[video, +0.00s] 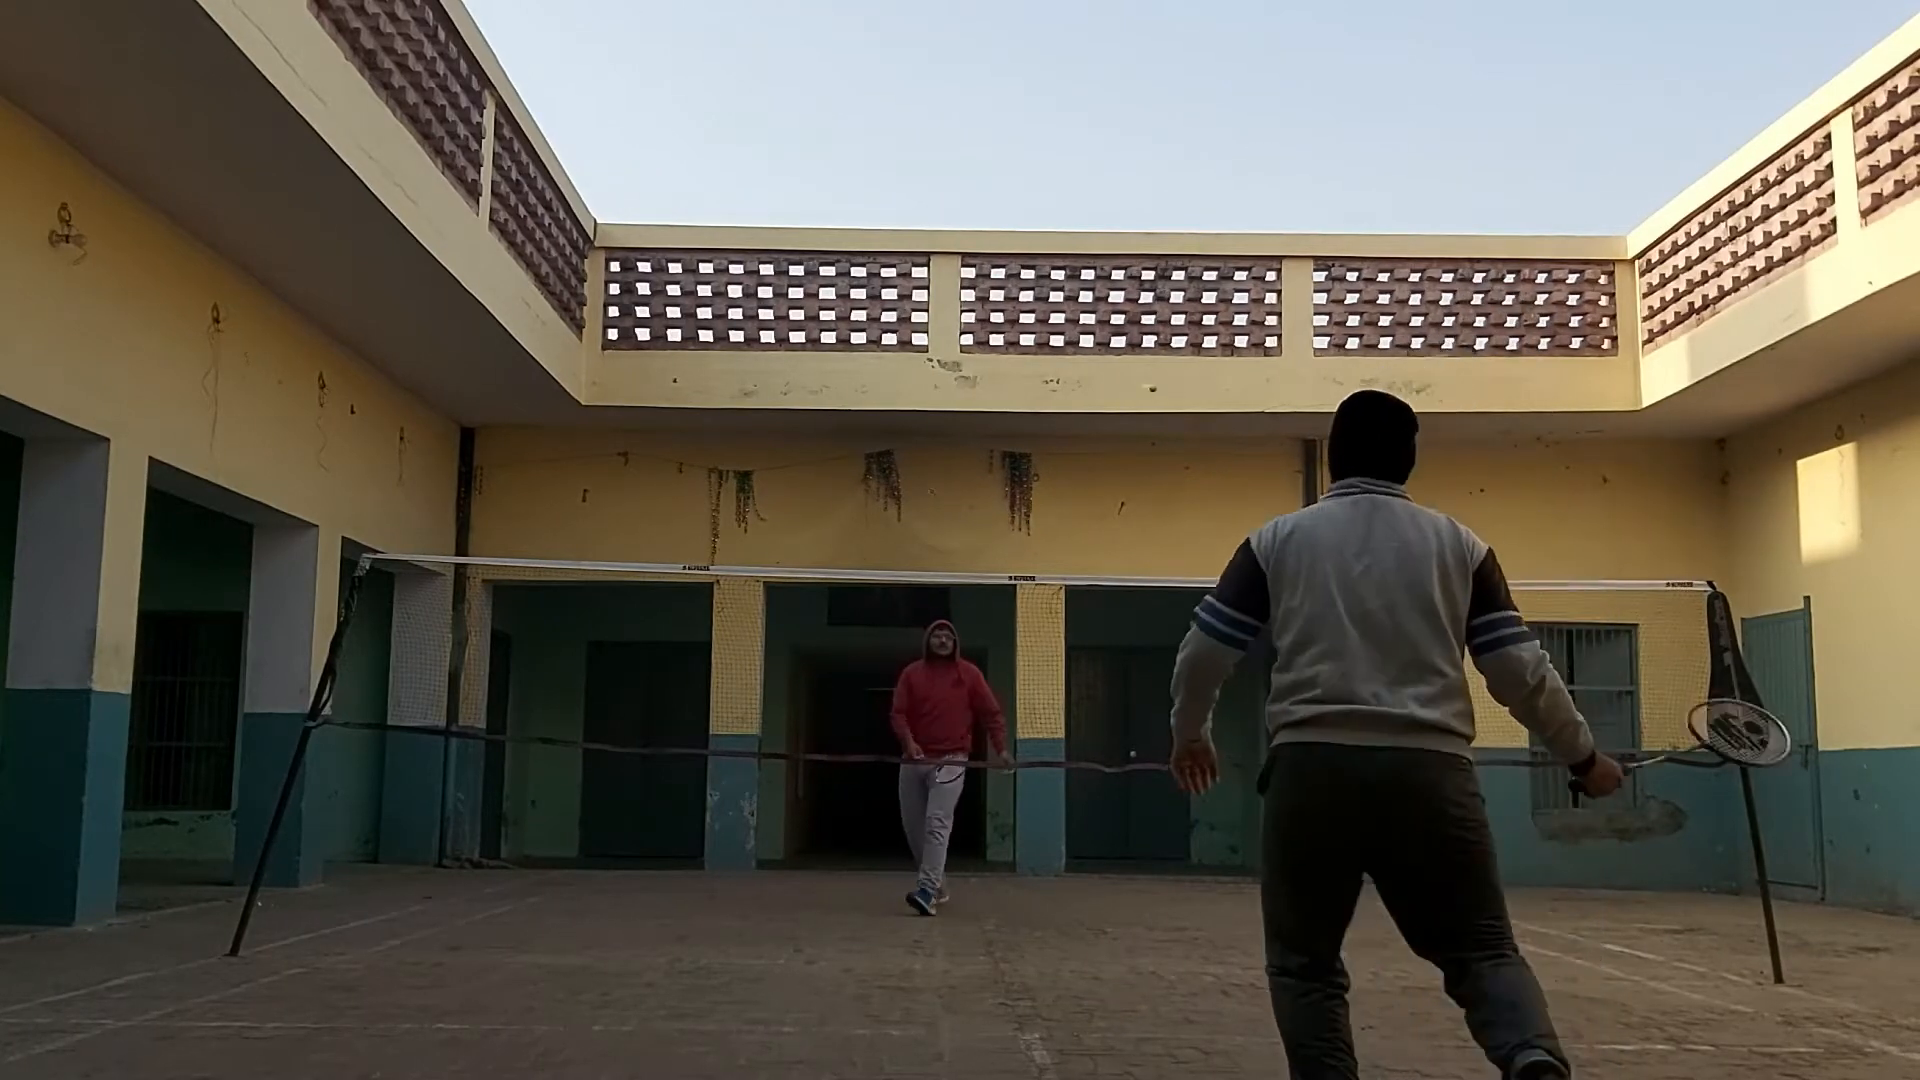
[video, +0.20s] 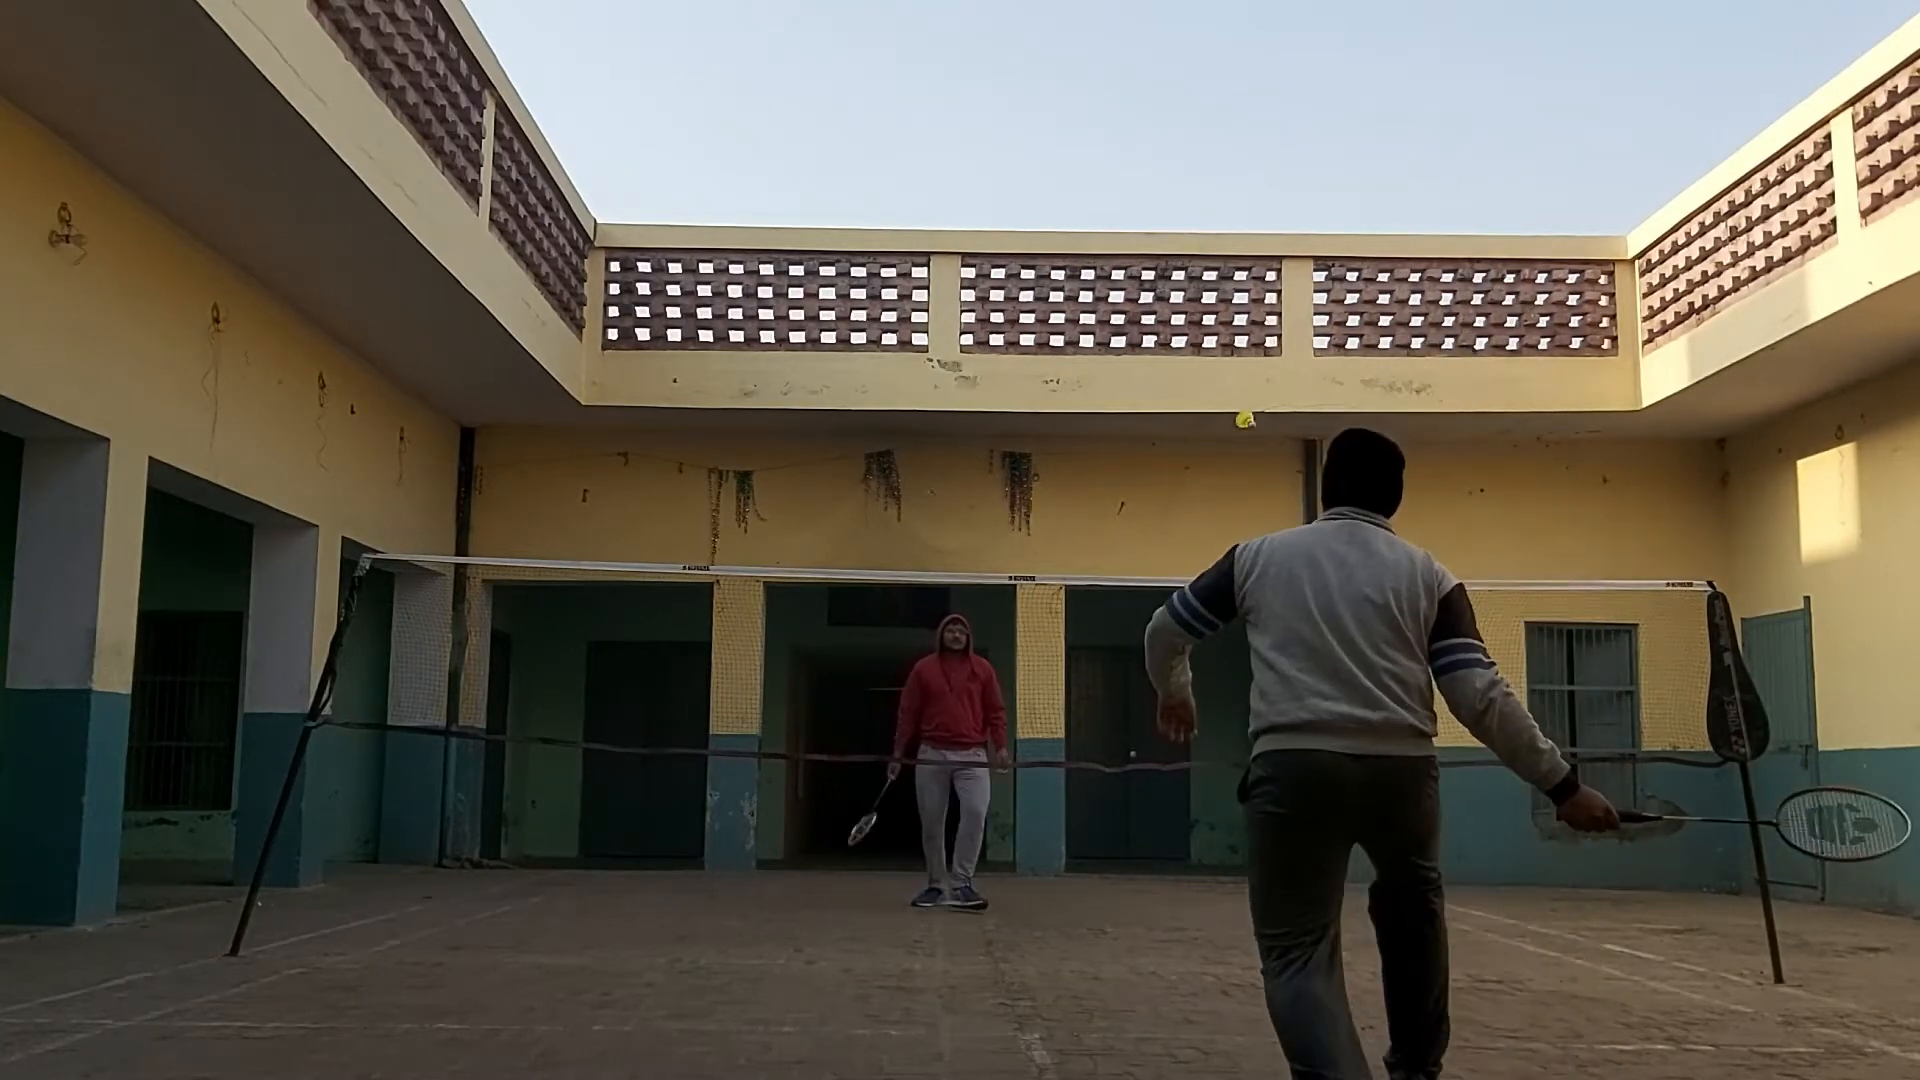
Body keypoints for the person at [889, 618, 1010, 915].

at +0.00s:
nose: (942, 640)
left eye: (947, 636)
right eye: (937, 636)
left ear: (954, 642)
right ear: (928, 641)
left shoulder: (968, 673)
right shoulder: (912, 673)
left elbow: (992, 712)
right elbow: (898, 714)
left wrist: (1000, 749)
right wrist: (908, 741)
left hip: (951, 760)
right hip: (915, 760)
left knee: (937, 823)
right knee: (913, 825)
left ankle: (927, 891)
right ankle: (936, 884)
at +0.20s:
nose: (956, 635)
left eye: (961, 632)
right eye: (951, 631)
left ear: (968, 638)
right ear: (941, 636)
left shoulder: (982, 668)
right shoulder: (924, 669)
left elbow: (996, 711)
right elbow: (907, 715)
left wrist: (1001, 747)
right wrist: (897, 756)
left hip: (972, 755)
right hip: (932, 755)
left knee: (977, 813)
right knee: (932, 821)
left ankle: (962, 885)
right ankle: (936, 886)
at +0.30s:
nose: (965, 632)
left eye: (970, 629)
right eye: (959, 628)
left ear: (977, 635)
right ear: (950, 633)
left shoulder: (991, 666)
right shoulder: (932, 666)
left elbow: (1004, 708)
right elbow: (914, 710)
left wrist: (1010, 742)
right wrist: (901, 746)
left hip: (983, 753)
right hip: (942, 754)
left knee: (996, 816)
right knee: (937, 823)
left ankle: (991, 882)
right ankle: (936, 886)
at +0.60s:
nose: (997, 638)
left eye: (1001, 634)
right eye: (992, 634)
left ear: (1008, 640)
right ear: (983, 638)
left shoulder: (1022, 670)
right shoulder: (969, 669)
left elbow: (1043, 711)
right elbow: (952, 710)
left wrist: (1041, 745)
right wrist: (938, 745)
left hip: (1012, 757)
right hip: (972, 756)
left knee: (1022, 824)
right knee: (957, 819)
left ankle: (1035, 883)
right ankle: (944, 881)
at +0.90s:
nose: (993, 637)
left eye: (998, 635)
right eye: (988, 635)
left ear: (1006, 643)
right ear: (980, 643)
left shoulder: (1019, 671)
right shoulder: (972, 674)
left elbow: (1037, 709)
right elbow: (965, 715)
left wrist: (1018, 730)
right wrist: (959, 745)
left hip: (1018, 761)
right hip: (982, 759)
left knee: (1026, 821)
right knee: (966, 815)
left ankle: (1036, 884)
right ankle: (973, 875)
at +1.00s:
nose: (983, 645)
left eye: (988, 643)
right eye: (979, 642)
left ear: (997, 651)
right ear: (973, 651)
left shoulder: (1011, 680)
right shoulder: (969, 686)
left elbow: (1021, 713)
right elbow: (964, 725)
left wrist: (990, 720)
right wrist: (954, 753)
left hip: (1016, 769)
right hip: (981, 768)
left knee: (1026, 822)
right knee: (959, 818)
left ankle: (1036, 884)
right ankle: (968, 877)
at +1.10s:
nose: (969, 652)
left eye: (975, 649)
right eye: (966, 649)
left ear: (985, 656)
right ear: (961, 658)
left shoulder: (995, 683)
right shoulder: (962, 688)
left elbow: (996, 709)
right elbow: (963, 729)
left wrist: (961, 704)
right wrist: (948, 755)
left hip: (1005, 768)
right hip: (975, 768)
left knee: (1017, 823)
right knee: (955, 820)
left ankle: (1034, 884)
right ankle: (966, 880)